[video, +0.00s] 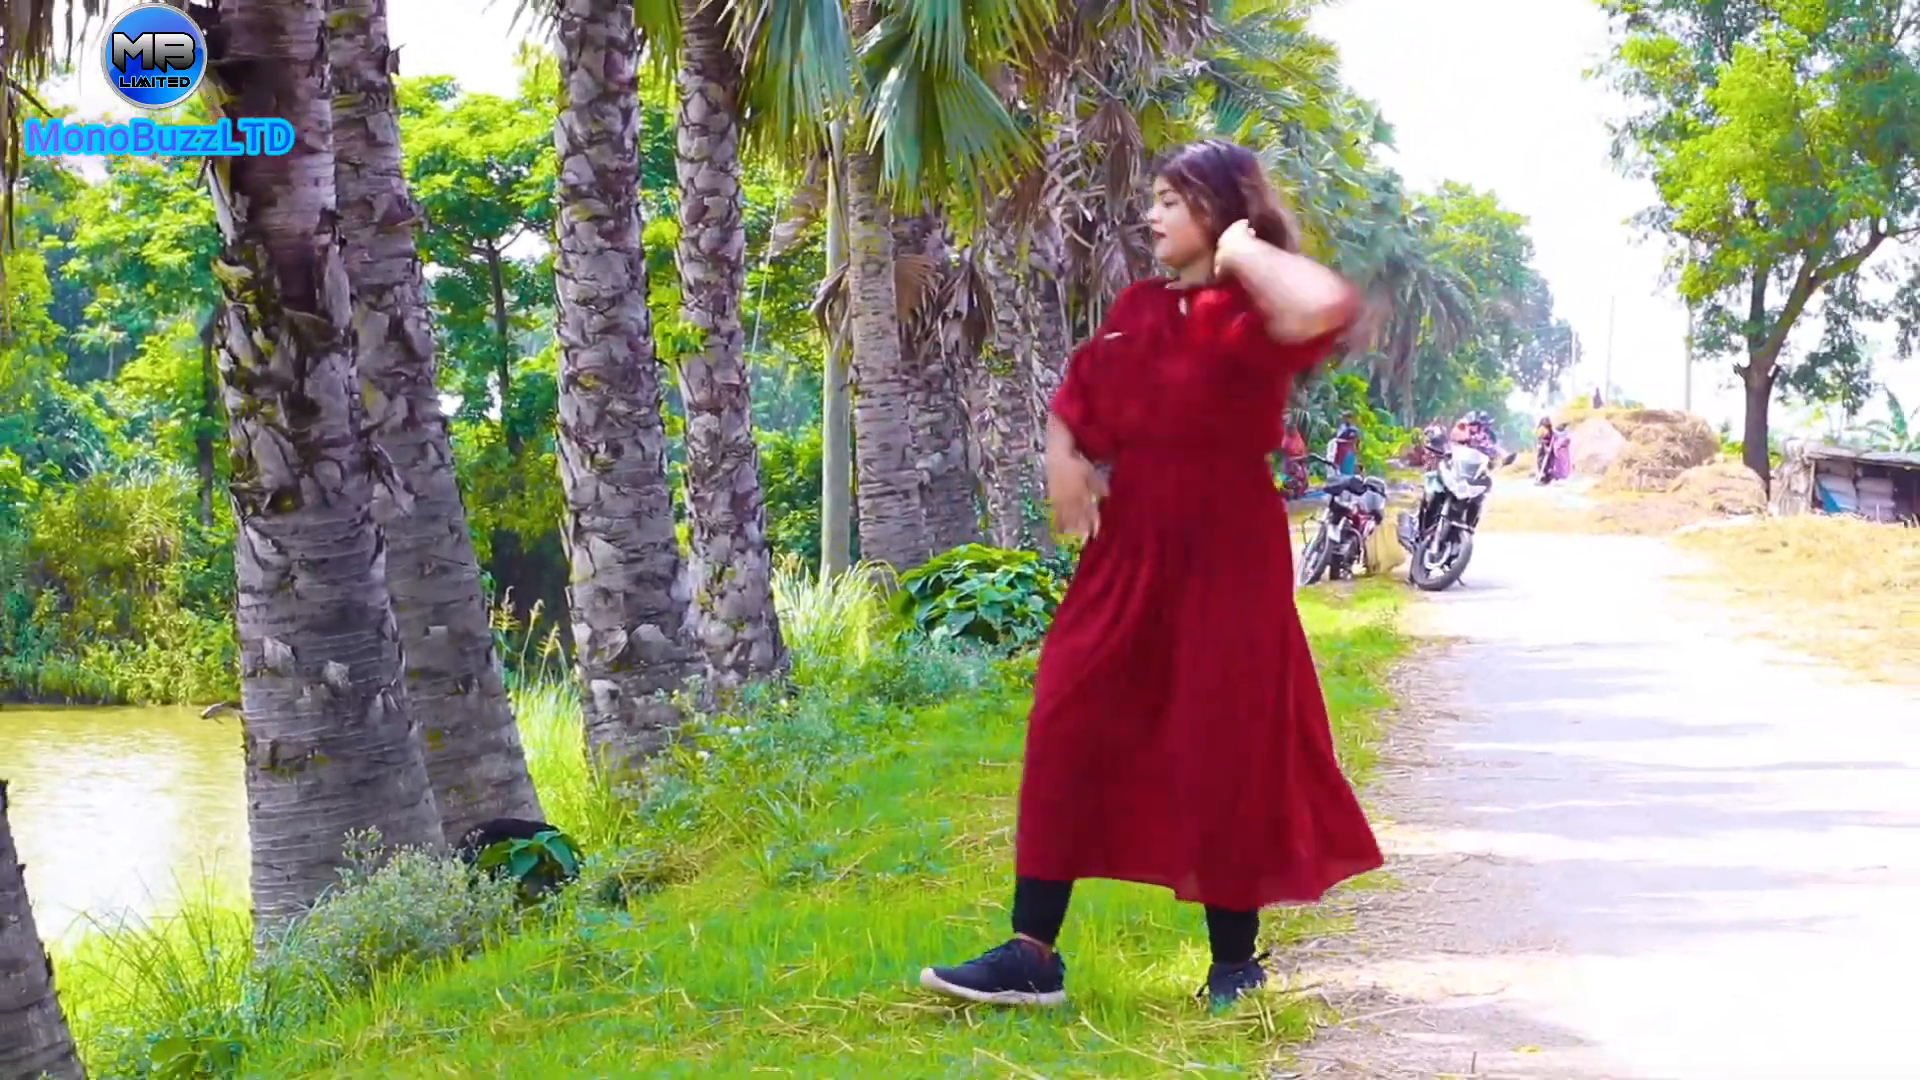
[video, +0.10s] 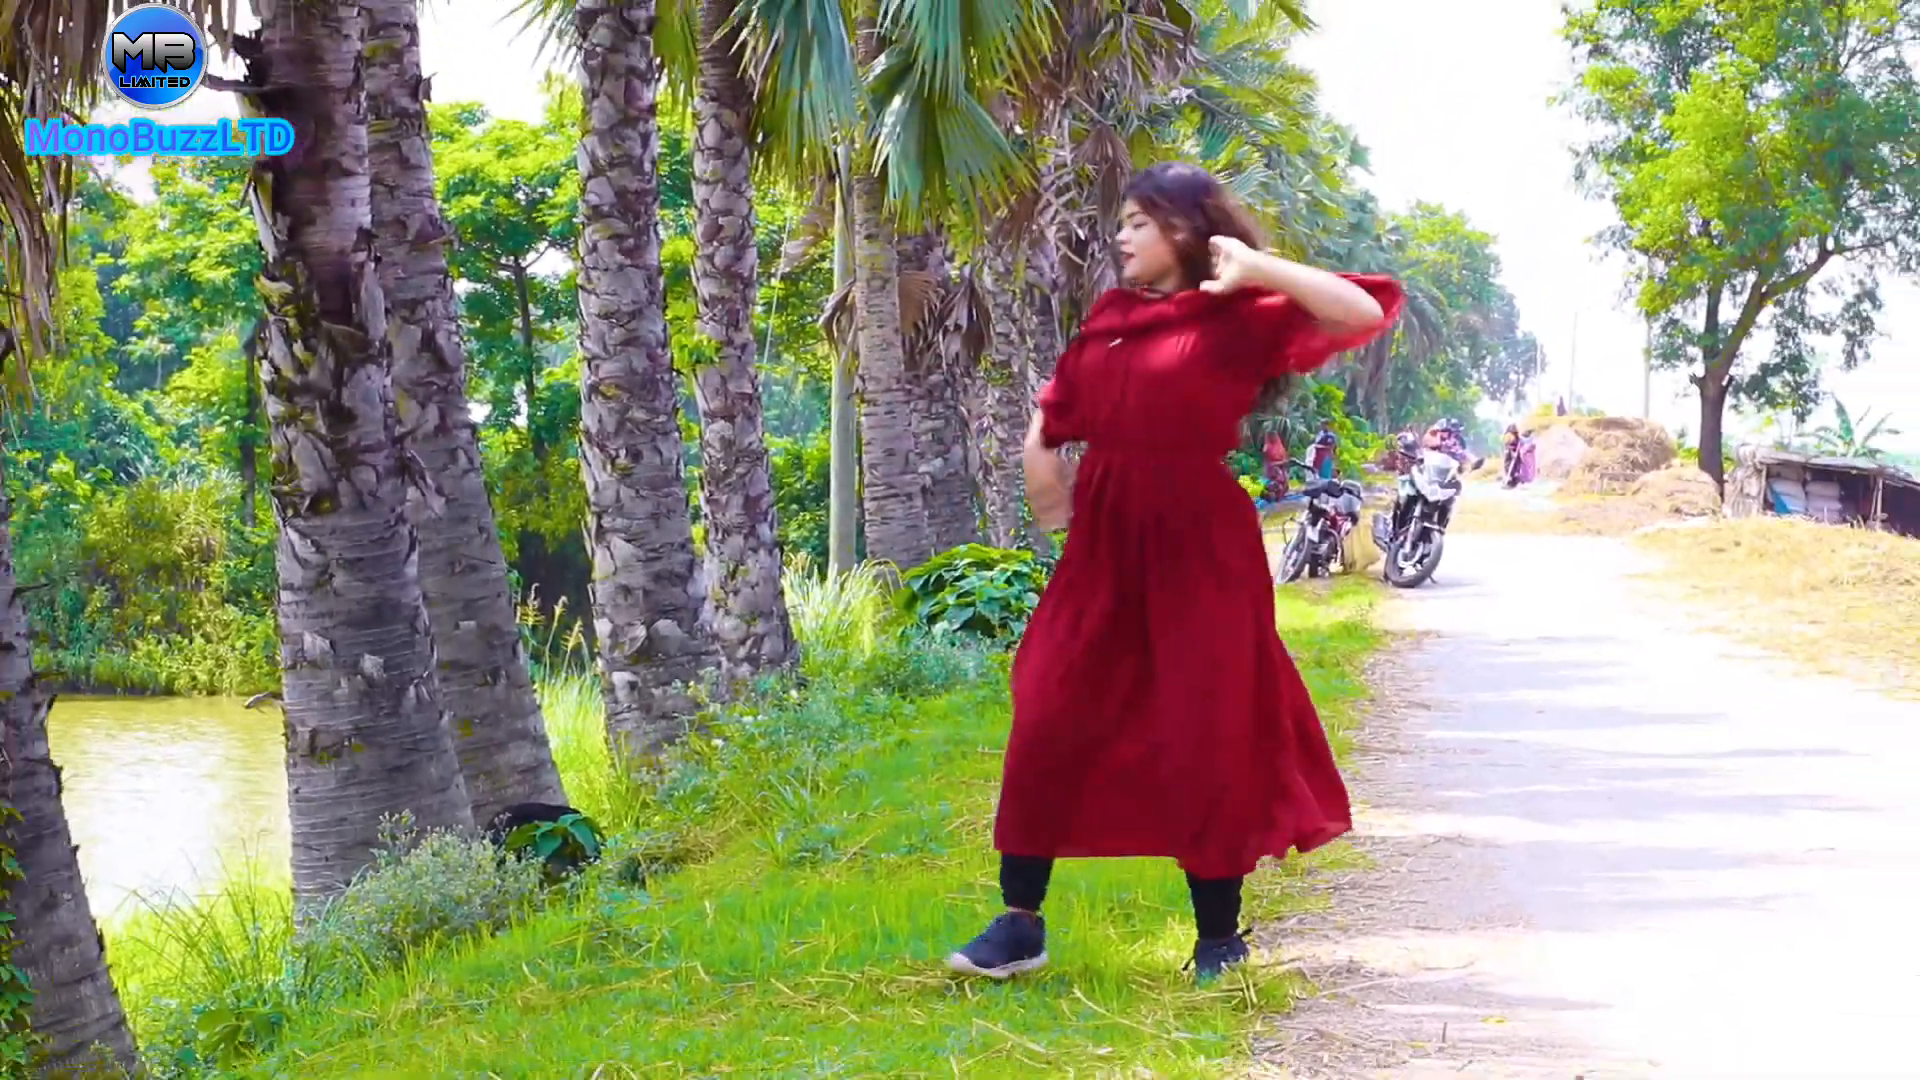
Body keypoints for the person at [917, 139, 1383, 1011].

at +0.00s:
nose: (1150, 217)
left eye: (1168, 203)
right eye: (1153, 202)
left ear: (1220, 218)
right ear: (1174, 218)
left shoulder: (1260, 305)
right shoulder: (1141, 305)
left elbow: (1326, 305)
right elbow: (1076, 392)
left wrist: (1240, 245)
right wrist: (1064, 458)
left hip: (1229, 553)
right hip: (1130, 546)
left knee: (1224, 747)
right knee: (1061, 725)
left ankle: (1233, 964)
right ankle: (1032, 947)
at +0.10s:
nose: (1121, 238)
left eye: (1138, 224)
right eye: (1121, 224)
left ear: (1189, 234)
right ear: (1136, 236)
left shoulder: (1239, 319)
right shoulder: (1110, 317)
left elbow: (1365, 315)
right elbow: (1058, 397)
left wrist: (1254, 264)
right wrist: (1037, 451)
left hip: (1200, 539)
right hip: (1104, 534)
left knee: (1205, 732)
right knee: (1041, 717)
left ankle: (1219, 938)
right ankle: (1020, 919)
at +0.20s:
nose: (1111, 234)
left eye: (1132, 219)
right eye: (1110, 218)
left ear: (1185, 233)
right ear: (1112, 235)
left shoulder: (1230, 330)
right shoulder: (1084, 333)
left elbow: (1369, 376)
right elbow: (1020, 425)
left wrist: (1276, 316)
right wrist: (1004, 475)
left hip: (1194, 565)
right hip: (1089, 563)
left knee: (1209, 761)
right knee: (1038, 752)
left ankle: (1232, 967)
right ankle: (1016, 955)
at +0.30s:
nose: (1122, 229)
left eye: (1142, 218)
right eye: (1108, 216)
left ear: (1174, 240)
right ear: (1084, 237)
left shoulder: (1218, 342)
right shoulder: (1043, 342)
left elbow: (1295, 475)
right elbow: (965, 468)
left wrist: (1230, 407)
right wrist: (1044, 465)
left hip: (1184, 571)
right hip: (1069, 572)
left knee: (1205, 764)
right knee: (1032, 763)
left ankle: (1233, 974)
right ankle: (1018, 966)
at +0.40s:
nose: (1131, 239)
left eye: (1142, 231)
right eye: (1112, 225)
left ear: (1150, 254)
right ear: (1066, 238)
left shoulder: (1176, 343)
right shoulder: (1012, 332)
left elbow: (1240, 450)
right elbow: (957, 417)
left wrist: (1197, 451)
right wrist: (1065, 342)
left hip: (1153, 559)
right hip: (1043, 559)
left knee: (1189, 741)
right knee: (1028, 746)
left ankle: (1213, 941)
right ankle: (1016, 944)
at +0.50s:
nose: (1133, 215)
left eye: (1139, 203)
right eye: (1116, 198)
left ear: (1142, 220)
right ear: (1060, 206)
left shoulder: (1162, 304)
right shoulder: (1008, 295)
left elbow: (1240, 387)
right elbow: (914, 301)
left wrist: (1216, 432)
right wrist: (1016, 255)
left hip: (1149, 533)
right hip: (1039, 532)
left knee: (1197, 721)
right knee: (1029, 729)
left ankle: (1210, 941)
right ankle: (1015, 949)